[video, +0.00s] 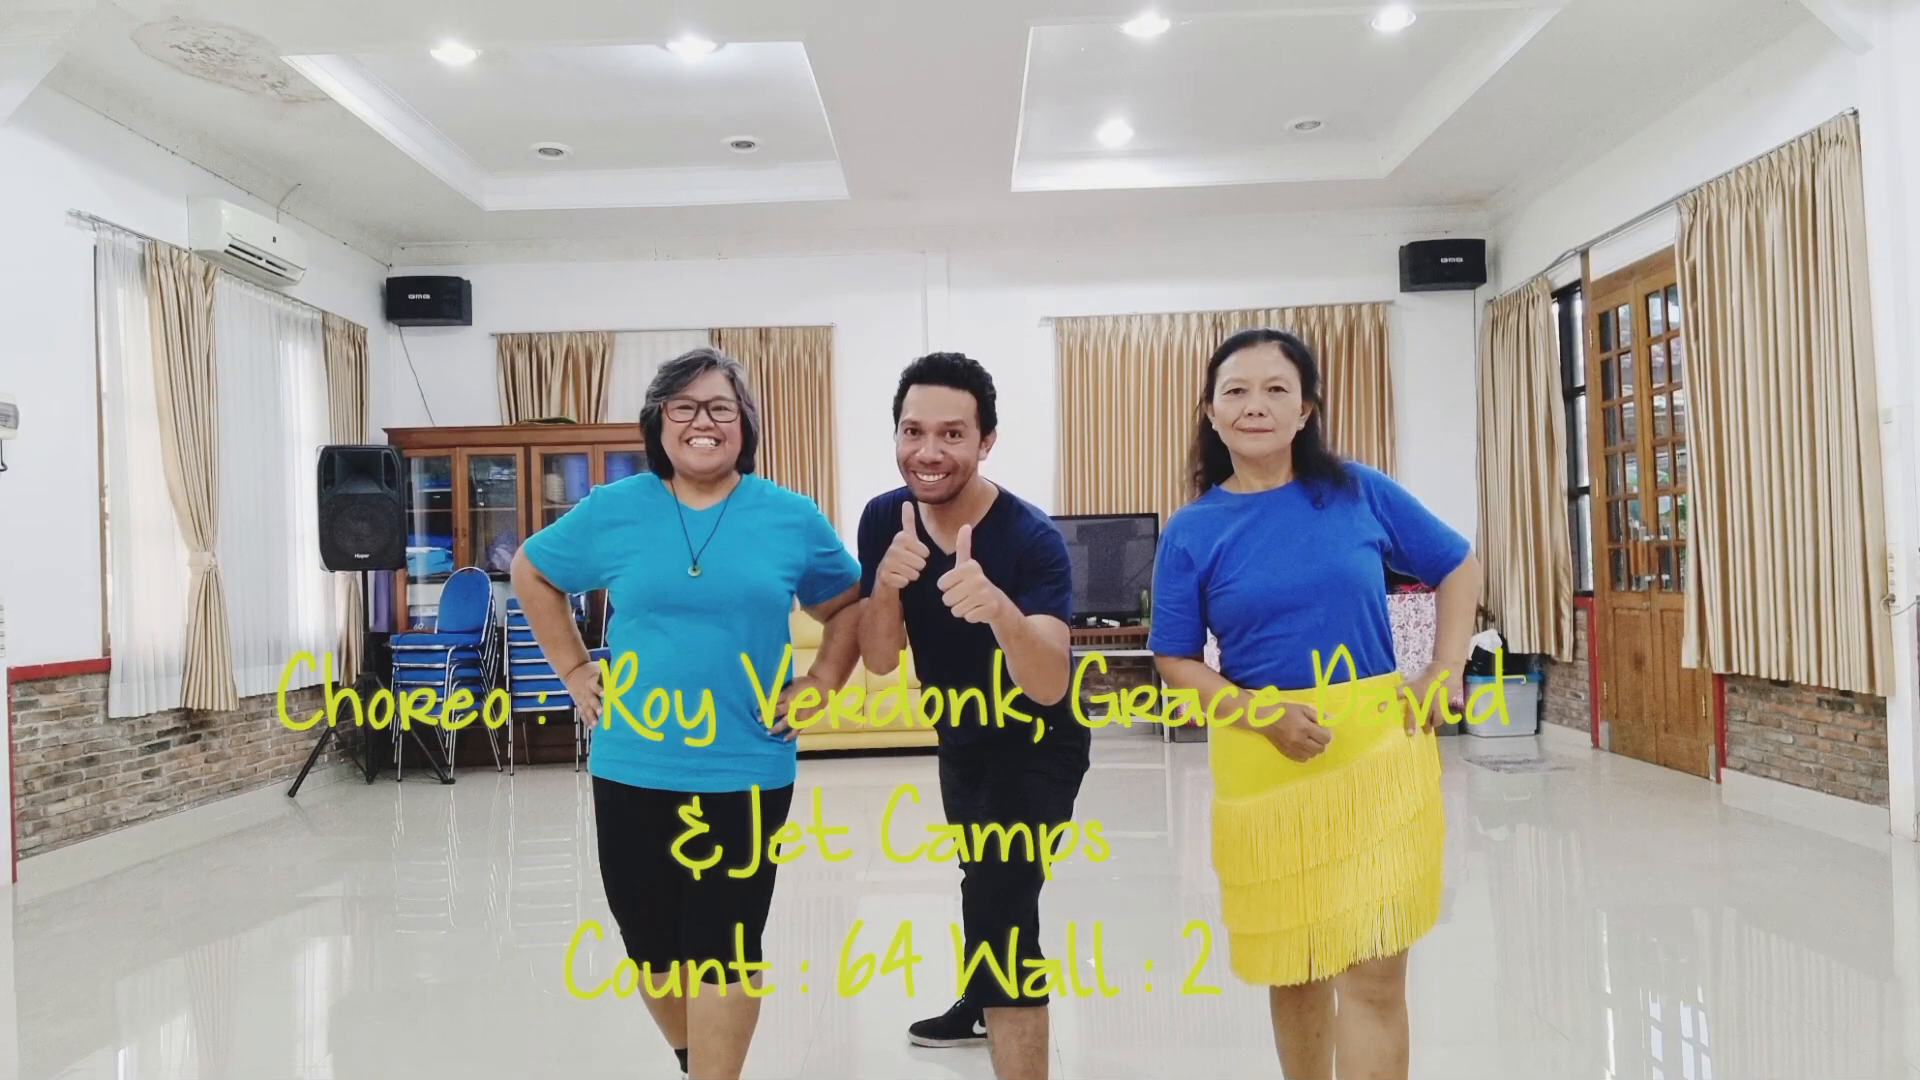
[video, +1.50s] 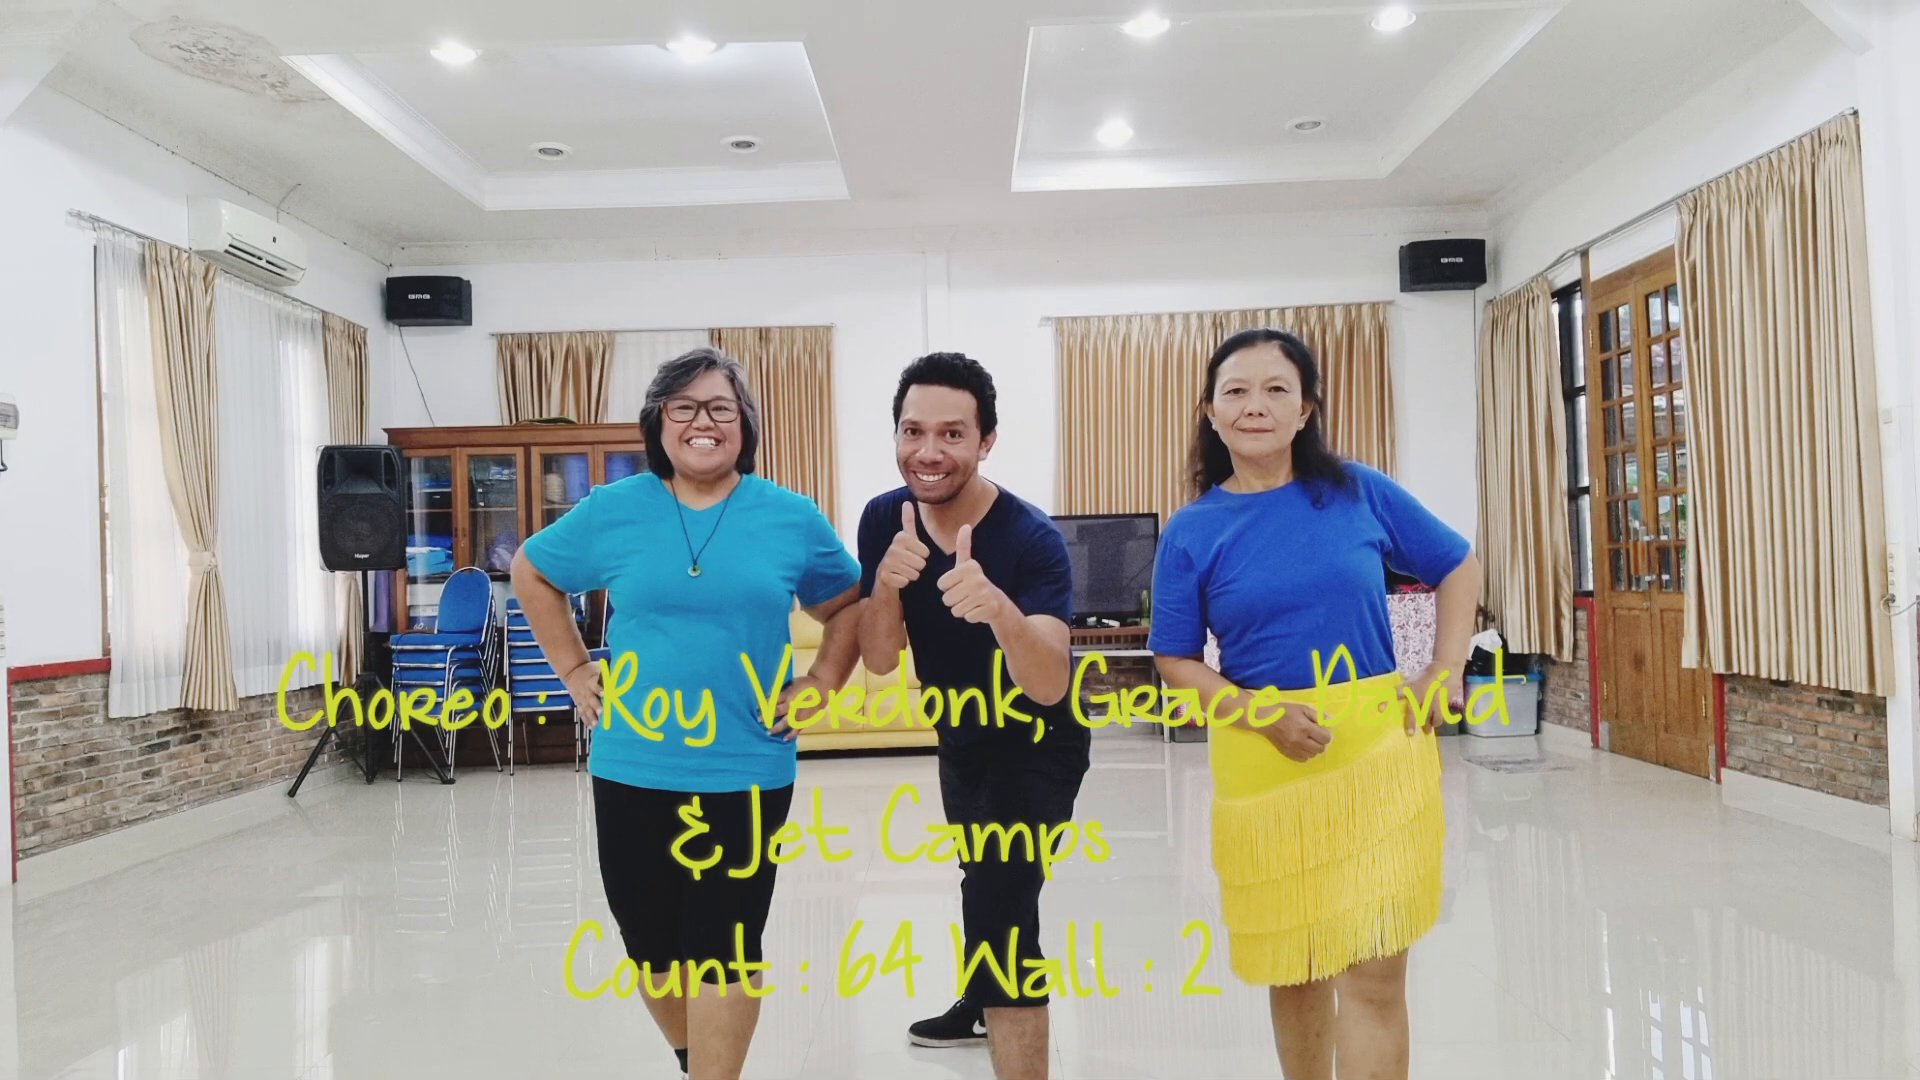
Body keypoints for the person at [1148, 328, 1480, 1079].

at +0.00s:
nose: (1254, 405)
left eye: (1276, 390)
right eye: (1234, 391)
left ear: (1305, 407)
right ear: (1212, 410)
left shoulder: (1359, 491)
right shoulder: (1192, 530)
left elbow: (1460, 565)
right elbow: (1172, 661)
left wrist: (1447, 667)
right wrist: (1261, 712)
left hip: (1376, 758)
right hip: (1266, 771)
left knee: (1376, 976)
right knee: (1296, 979)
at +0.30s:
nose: (1254, 405)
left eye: (1276, 390)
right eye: (1235, 391)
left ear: (1305, 408)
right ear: (1212, 410)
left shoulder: (1359, 491)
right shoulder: (1192, 530)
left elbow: (1460, 565)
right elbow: (1172, 661)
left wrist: (1447, 667)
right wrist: (1261, 713)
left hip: (1377, 758)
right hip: (1266, 771)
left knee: (1376, 977)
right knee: (1296, 979)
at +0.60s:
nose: (1254, 405)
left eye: (1276, 390)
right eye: (1234, 391)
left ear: (1305, 408)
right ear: (1212, 410)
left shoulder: (1359, 491)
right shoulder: (1192, 530)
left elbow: (1460, 565)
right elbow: (1172, 661)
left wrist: (1447, 667)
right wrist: (1261, 713)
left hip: (1377, 758)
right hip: (1267, 770)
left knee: (1376, 976)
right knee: (1296, 978)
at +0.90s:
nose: (1254, 405)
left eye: (1276, 390)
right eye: (1234, 391)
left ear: (1305, 408)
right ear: (1212, 410)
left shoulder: (1359, 491)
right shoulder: (1192, 530)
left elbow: (1460, 565)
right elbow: (1172, 661)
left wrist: (1447, 667)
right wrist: (1261, 713)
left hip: (1377, 758)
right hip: (1267, 770)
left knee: (1376, 976)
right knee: (1296, 978)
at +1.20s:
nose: (1254, 405)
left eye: (1276, 390)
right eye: (1235, 391)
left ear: (1305, 408)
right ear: (1212, 410)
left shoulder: (1359, 491)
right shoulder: (1192, 530)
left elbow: (1460, 565)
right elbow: (1172, 661)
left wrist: (1447, 667)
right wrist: (1261, 713)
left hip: (1377, 758)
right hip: (1267, 771)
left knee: (1377, 976)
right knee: (1297, 978)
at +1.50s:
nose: (1254, 405)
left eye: (1276, 390)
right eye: (1235, 391)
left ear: (1305, 408)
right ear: (1212, 410)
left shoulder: (1359, 491)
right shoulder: (1192, 530)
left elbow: (1460, 565)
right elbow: (1172, 661)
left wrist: (1447, 667)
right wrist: (1261, 713)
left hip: (1377, 758)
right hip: (1267, 771)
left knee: (1377, 976)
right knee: (1297, 978)